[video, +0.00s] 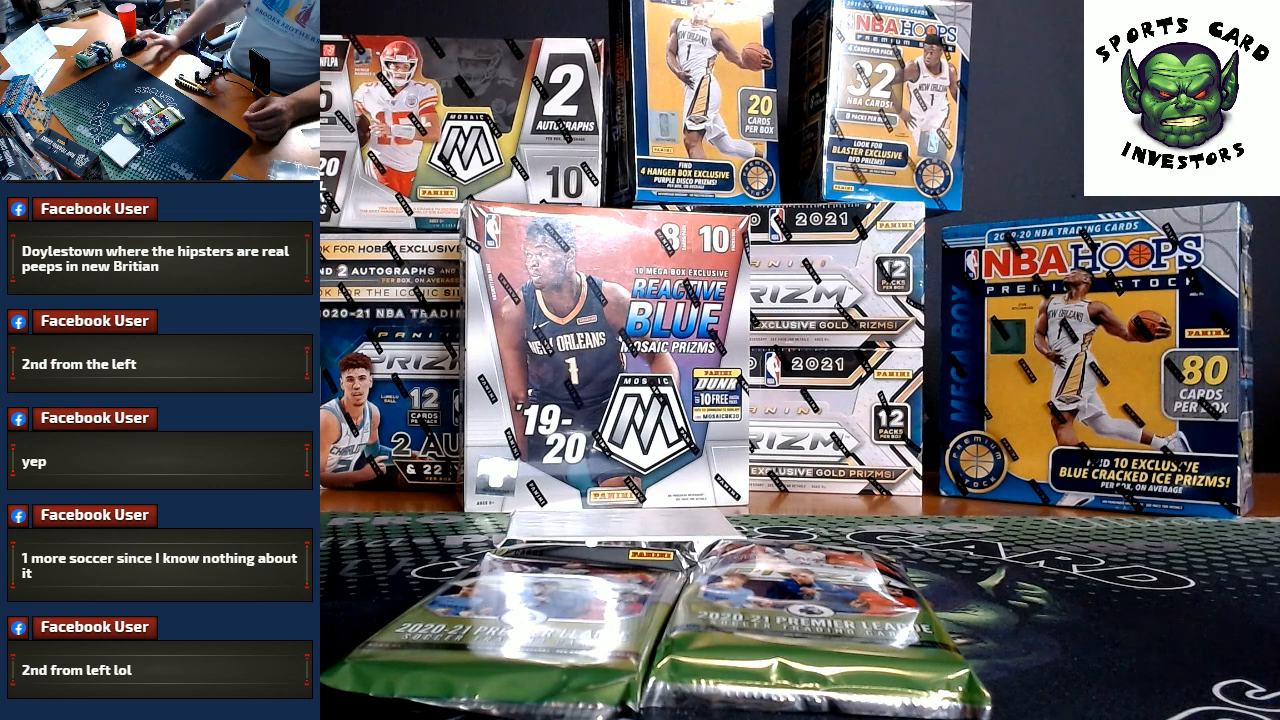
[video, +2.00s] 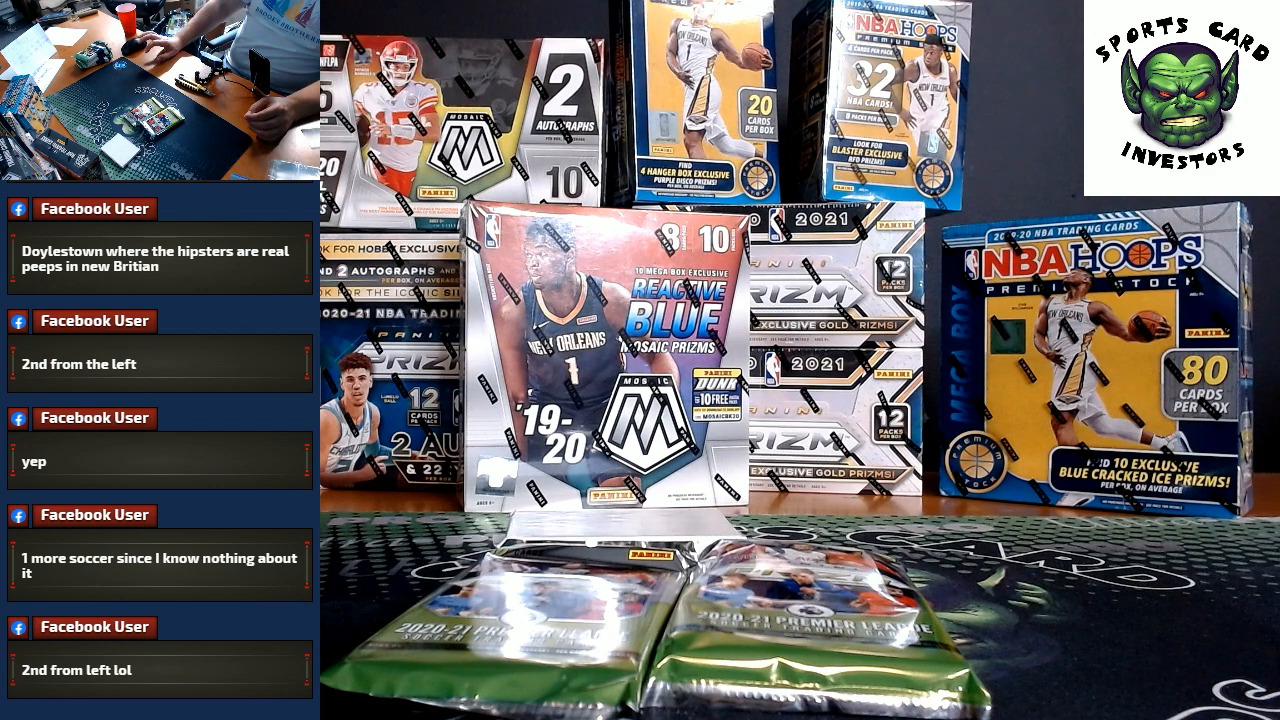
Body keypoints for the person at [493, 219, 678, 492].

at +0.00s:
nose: (532, 263)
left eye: (542, 254)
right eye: (529, 255)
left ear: (570, 255)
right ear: (524, 259)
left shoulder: (612, 299)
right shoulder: (514, 312)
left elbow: (658, 357)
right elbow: (518, 399)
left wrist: (663, 417)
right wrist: (524, 461)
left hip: (610, 424)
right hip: (549, 428)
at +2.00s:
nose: (532, 263)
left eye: (542, 254)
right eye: (529, 255)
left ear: (569, 255)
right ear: (525, 259)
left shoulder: (611, 299)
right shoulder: (513, 313)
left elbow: (658, 357)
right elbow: (518, 399)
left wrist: (663, 413)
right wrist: (524, 461)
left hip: (610, 421)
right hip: (549, 425)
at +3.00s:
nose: (532, 263)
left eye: (542, 254)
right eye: (529, 255)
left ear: (570, 255)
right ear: (525, 259)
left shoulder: (611, 299)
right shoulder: (513, 313)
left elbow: (658, 357)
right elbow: (518, 398)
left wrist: (662, 413)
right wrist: (524, 460)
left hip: (610, 422)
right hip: (549, 427)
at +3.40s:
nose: (533, 263)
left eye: (542, 254)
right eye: (529, 255)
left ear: (569, 256)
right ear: (525, 258)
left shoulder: (611, 299)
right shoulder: (514, 312)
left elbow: (658, 357)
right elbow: (518, 400)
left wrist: (664, 415)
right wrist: (522, 462)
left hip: (611, 422)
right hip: (550, 426)